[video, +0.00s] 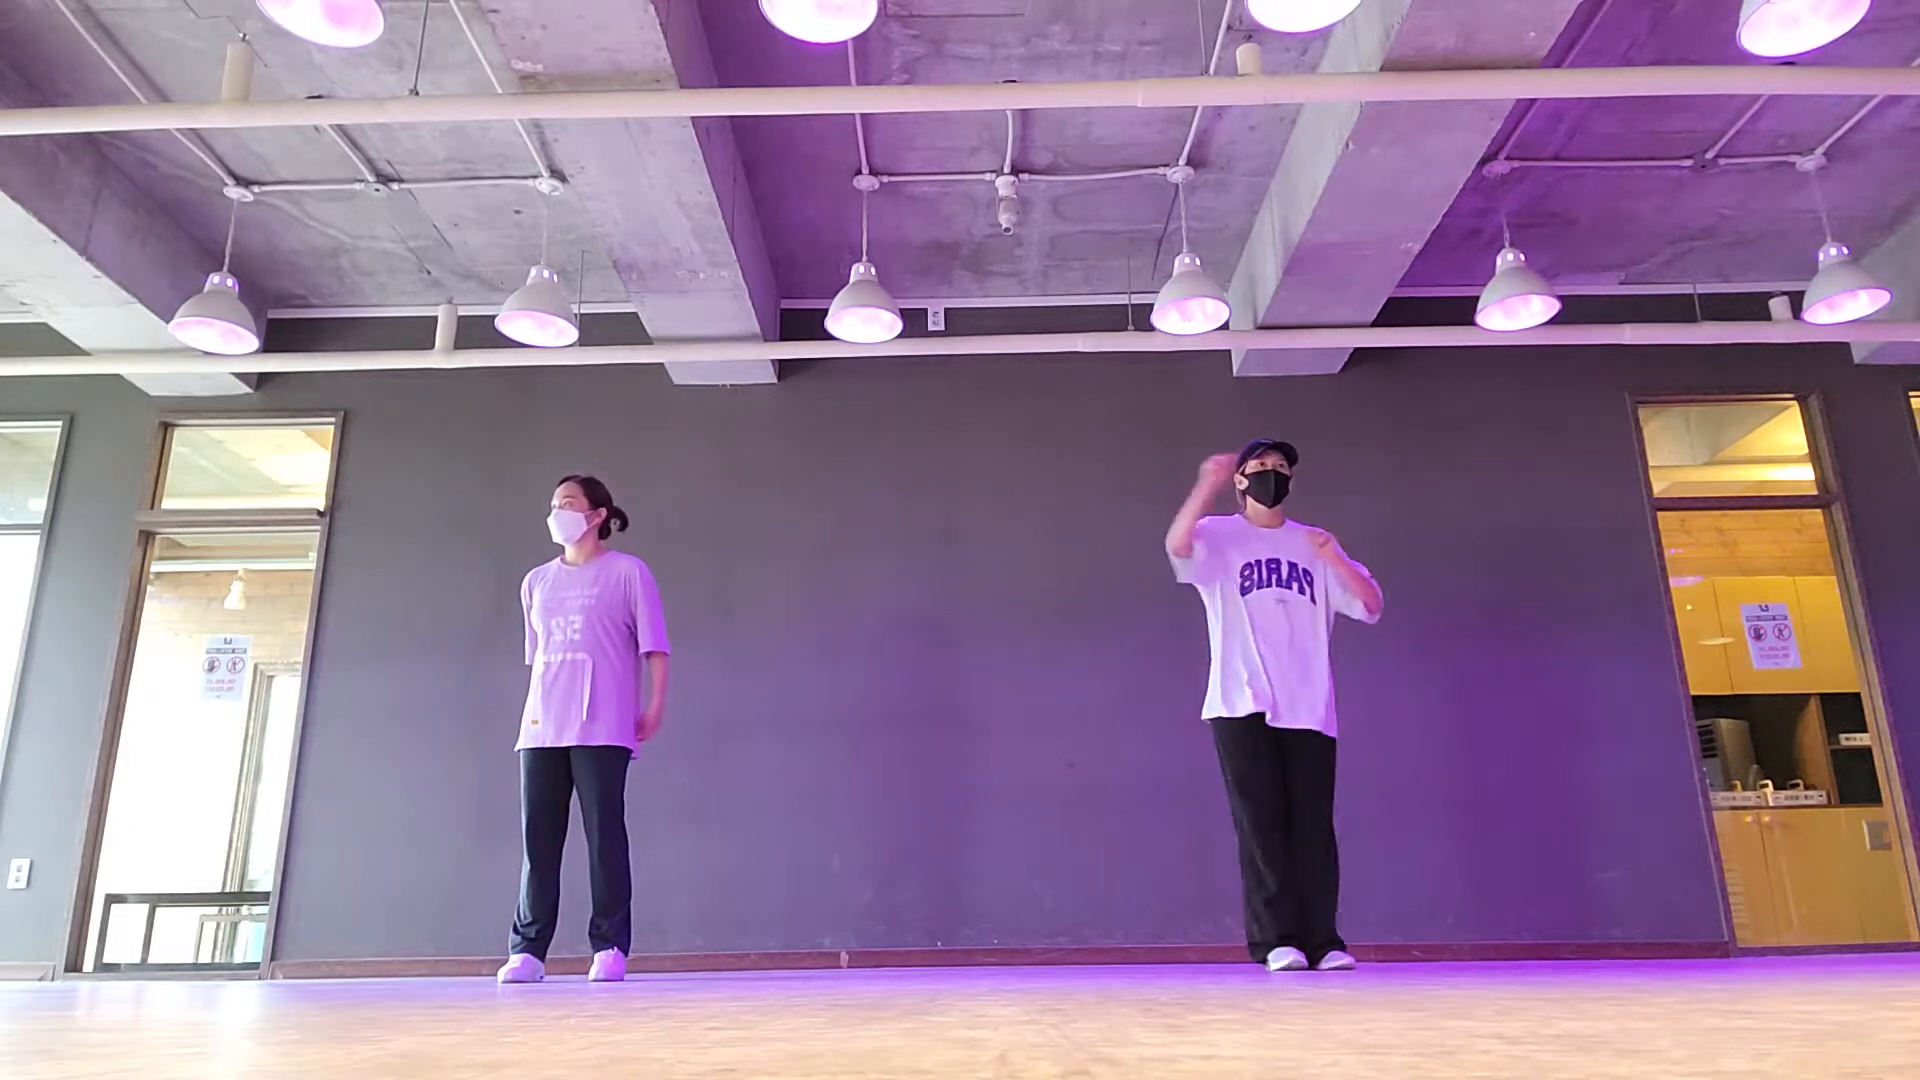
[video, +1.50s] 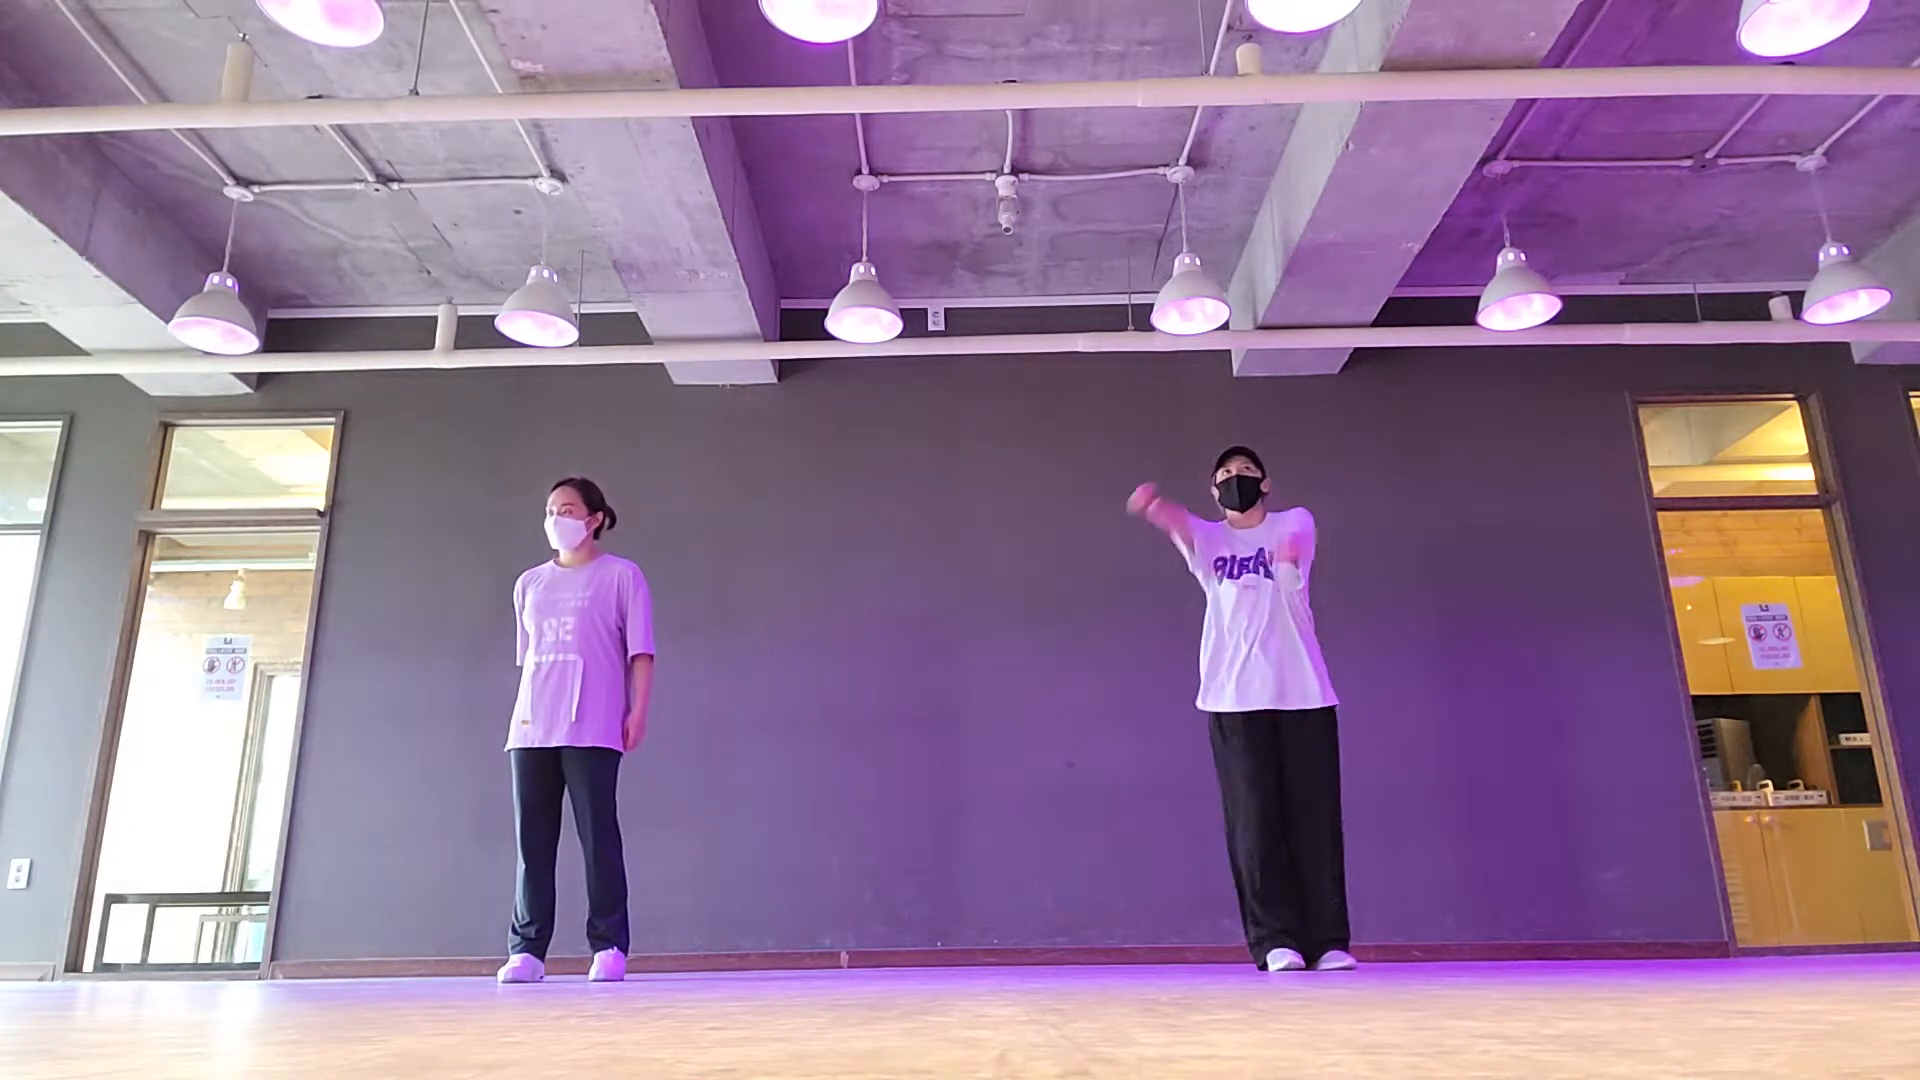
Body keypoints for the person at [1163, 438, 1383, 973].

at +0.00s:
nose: (1270, 478)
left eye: (1279, 472)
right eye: (1259, 471)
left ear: (1291, 482)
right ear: (1240, 482)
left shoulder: (1315, 544)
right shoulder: (1219, 536)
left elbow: (1371, 606)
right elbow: (1178, 546)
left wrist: (1335, 556)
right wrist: (1207, 486)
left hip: (1308, 704)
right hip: (1242, 703)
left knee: (1314, 824)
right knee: (1262, 825)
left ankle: (1323, 942)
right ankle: (1276, 945)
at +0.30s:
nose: (1271, 489)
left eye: (1280, 482)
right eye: (1260, 481)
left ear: (1290, 494)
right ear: (1240, 492)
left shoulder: (1315, 555)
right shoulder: (1215, 545)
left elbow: (1364, 615)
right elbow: (1179, 604)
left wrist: (1348, 550)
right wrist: (1185, 634)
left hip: (1317, 715)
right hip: (1249, 713)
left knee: (1332, 832)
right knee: (1267, 831)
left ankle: (1325, 943)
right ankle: (1275, 946)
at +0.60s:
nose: (1248, 473)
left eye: (1257, 468)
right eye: (1238, 470)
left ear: (1271, 483)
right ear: (1222, 489)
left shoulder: (1320, 529)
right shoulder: (1208, 545)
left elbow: (1393, 515)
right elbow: (1183, 623)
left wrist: (1405, 458)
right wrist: (1227, 635)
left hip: (1315, 705)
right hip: (1246, 712)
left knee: (1316, 826)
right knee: (1260, 831)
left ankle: (1324, 943)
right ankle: (1276, 944)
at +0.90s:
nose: (1231, 489)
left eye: (1239, 479)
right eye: (1219, 485)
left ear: (1257, 486)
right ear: (1209, 499)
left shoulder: (1303, 532)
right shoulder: (1204, 556)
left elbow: (1348, 577)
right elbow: (1199, 636)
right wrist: (1254, 604)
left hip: (1316, 705)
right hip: (1247, 713)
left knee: (1322, 822)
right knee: (1264, 825)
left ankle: (1327, 944)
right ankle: (1277, 943)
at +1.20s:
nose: (1234, 483)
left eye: (1242, 473)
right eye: (1223, 478)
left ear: (1261, 481)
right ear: (1212, 493)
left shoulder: (1295, 520)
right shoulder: (1204, 541)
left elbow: (1275, 573)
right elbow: (1190, 577)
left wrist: (1205, 589)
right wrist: (1248, 535)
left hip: (1307, 688)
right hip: (1242, 693)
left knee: (1319, 813)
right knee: (1264, 816)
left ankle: (1328, 943)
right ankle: (1280, 944)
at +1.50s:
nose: (1235, 482)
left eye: (1246, 474)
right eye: (1226, 477)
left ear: (1265, 485)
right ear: (1216, 493)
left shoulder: (1294, 523)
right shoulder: (1203, 537)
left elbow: (1298, 533)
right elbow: (1177, 521)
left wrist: (1287, 551)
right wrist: (1151, 505)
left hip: (1304, 696)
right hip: (1236, 703)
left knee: (1315, 821)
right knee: (1256, 828)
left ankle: (1328, 943)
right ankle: (1273, 945)